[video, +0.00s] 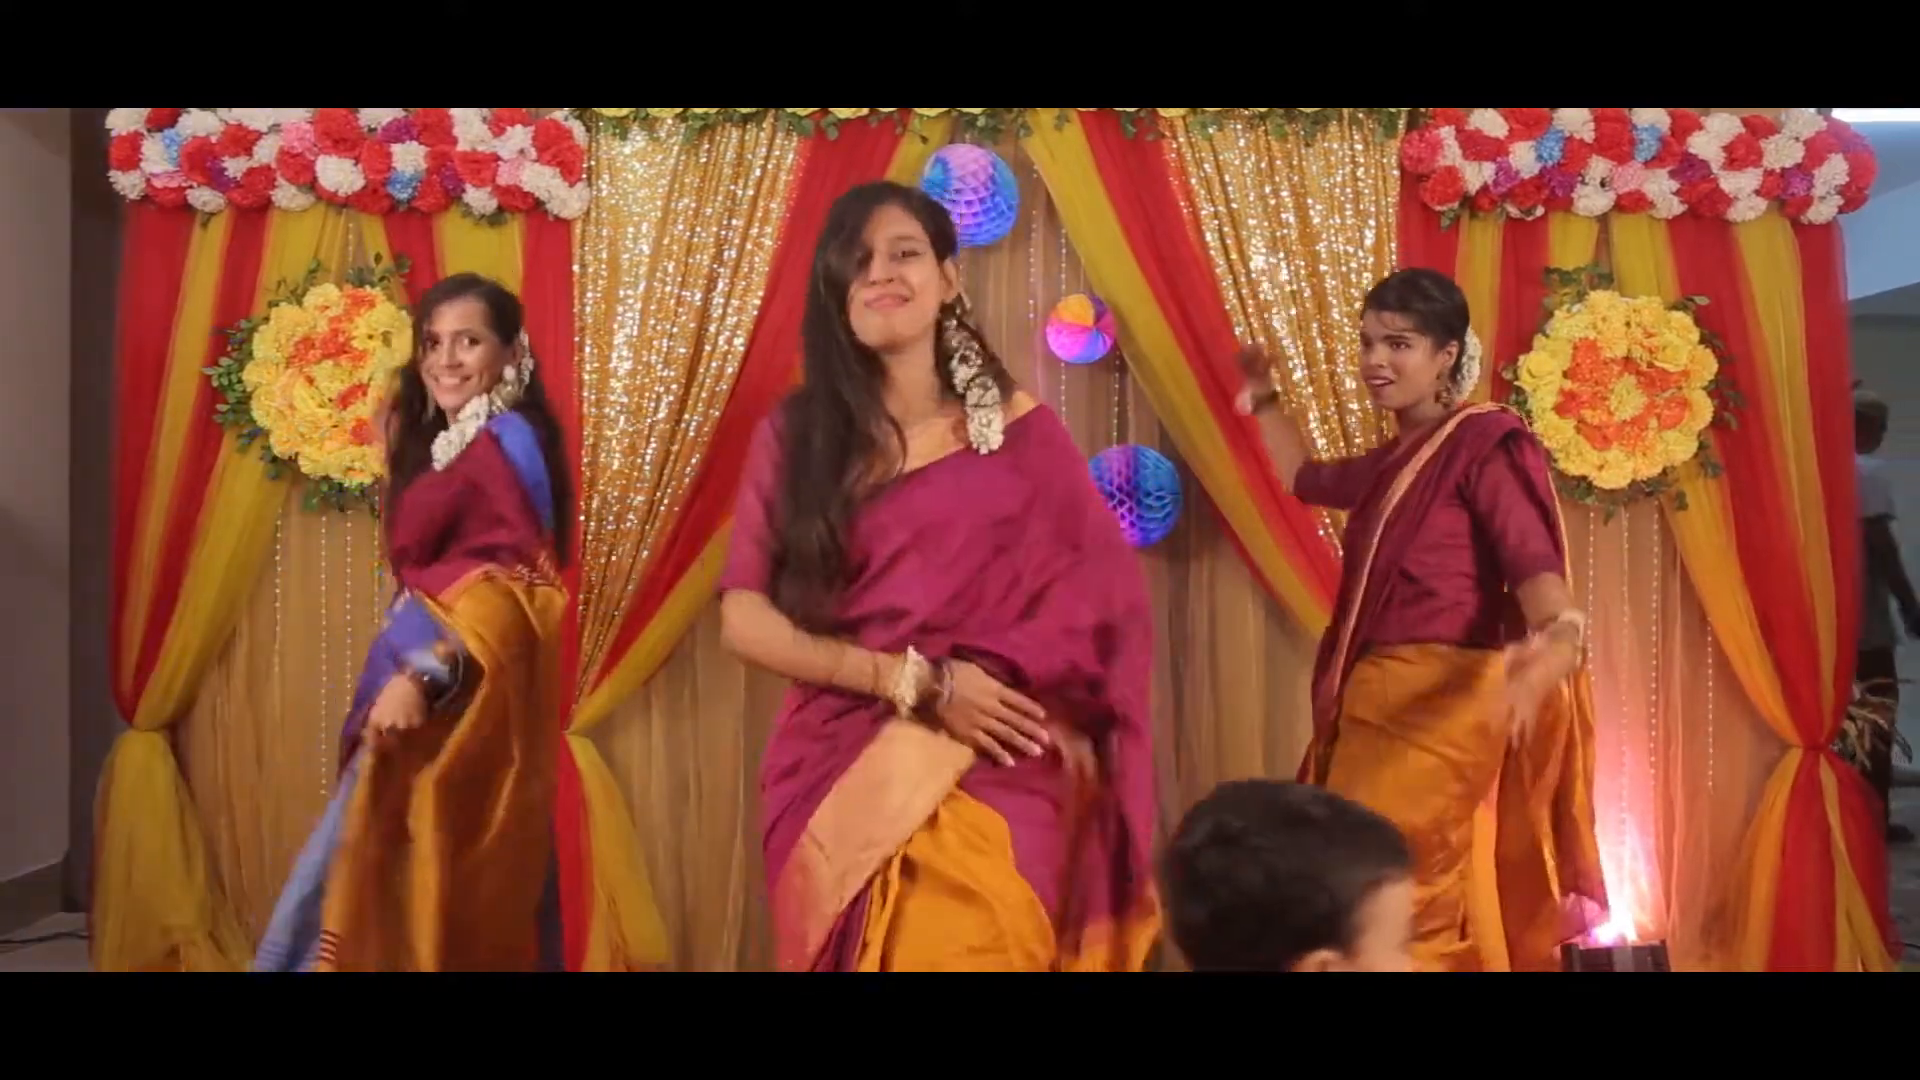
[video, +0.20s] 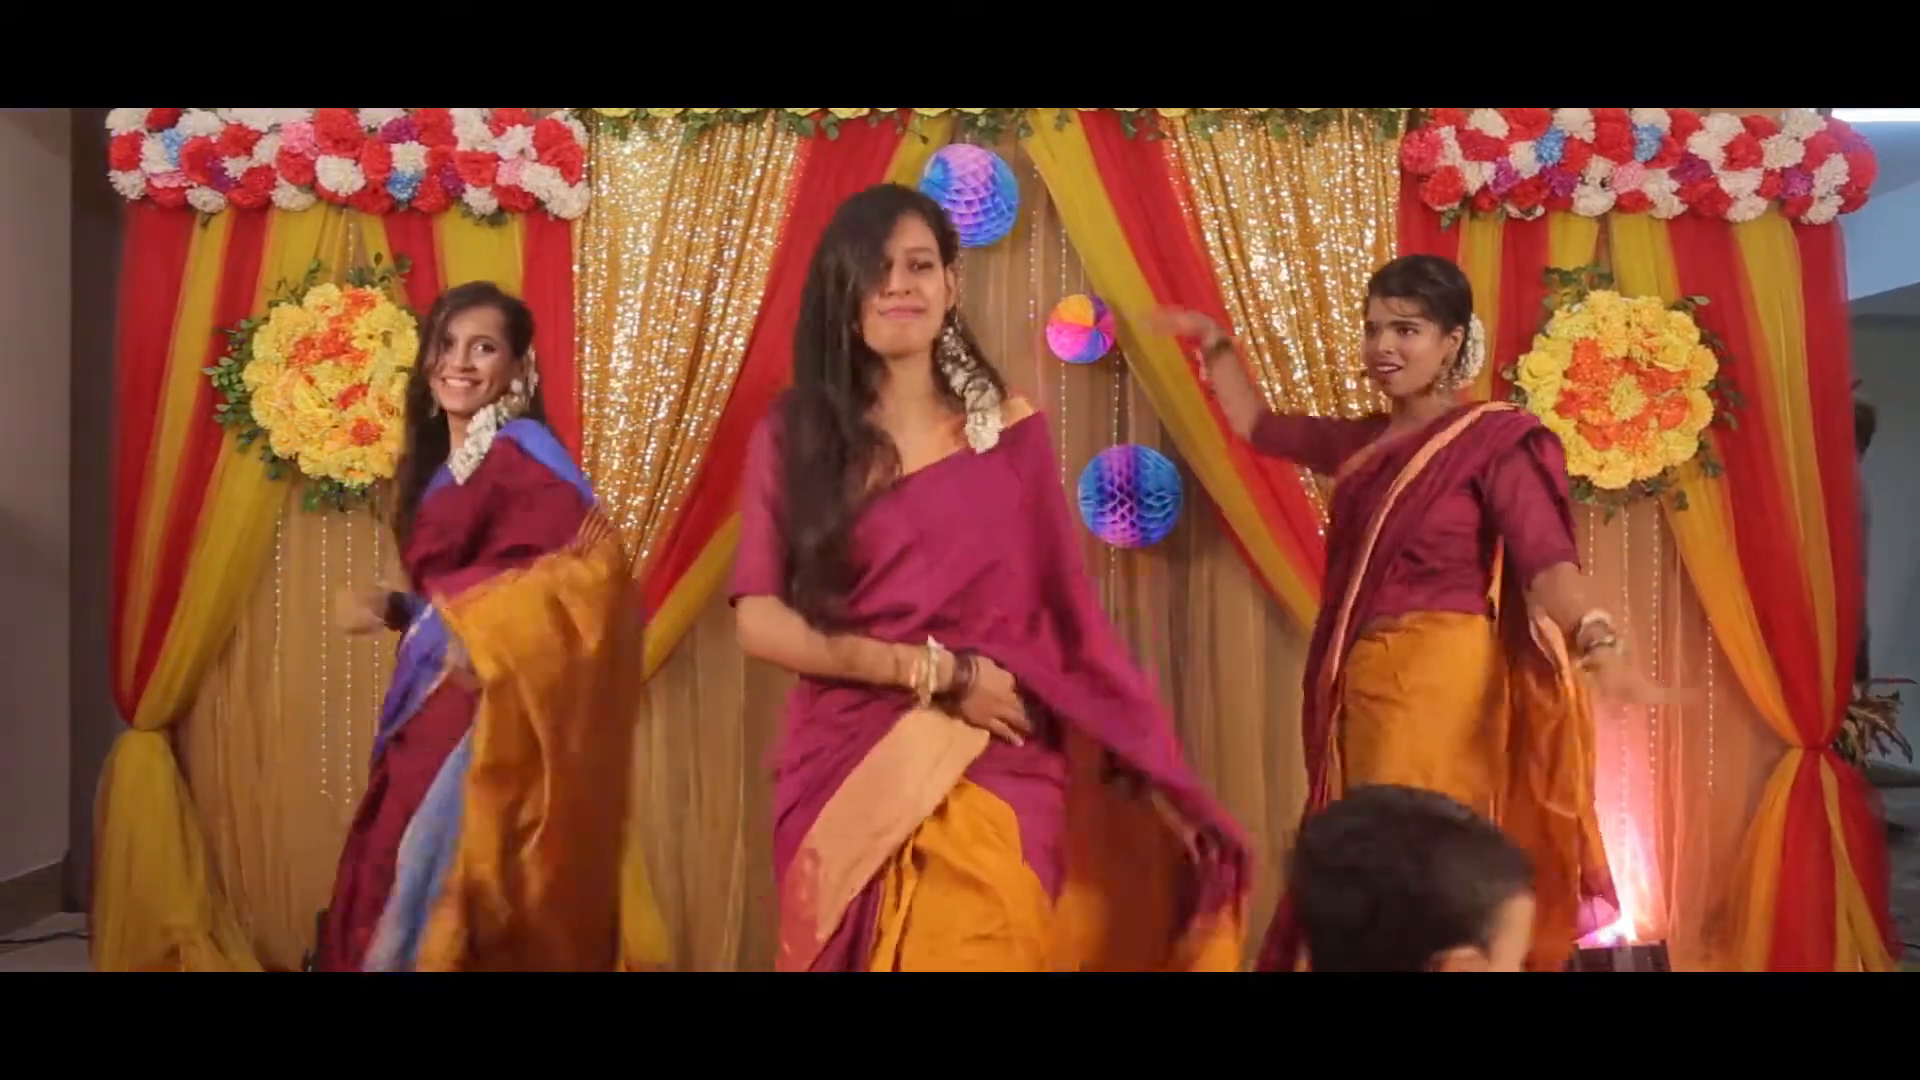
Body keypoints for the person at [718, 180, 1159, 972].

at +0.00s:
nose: (883, 272)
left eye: (907, 252)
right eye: (859, 259)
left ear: (951, 280)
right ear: (836, 295)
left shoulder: (1019, 423)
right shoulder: (796, 433)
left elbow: (1109, 590)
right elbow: (745, 620)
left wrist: (976, 680)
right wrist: (911, 680)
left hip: (1002, 763)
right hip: (842, 762)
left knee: (969, 939)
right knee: (860, 947)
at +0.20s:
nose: (899, 286)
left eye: (921, 265)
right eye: (876, 267)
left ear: (953, 288)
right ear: (838, 291)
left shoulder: (1010, 423)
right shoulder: (794, 436)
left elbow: (1074, 621)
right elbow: (759, 623)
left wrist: (1162, 773)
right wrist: (941, 673)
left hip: (997, 755)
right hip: (844, 755)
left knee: (977, 938)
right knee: (848, 949)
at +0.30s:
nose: (915, 282)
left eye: (936, 260)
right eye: (890, 261)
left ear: (962, 280)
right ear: (846, 280)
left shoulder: (1004, 419)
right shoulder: (794, 420)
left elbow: (1066, 612)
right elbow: (749, 602)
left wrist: (1161, 731)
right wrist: (933, 652)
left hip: (1011, 734)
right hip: (860, 736)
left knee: (1003, 941)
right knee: (876, 950)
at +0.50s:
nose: (937, 326)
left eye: (953, 302)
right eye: (913, 306)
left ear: (975, 305)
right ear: (867, 313)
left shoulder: (1016, 442)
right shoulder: (808, 449)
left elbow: (1061, 607)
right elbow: (775, 636)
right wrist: (966, 688)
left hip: (1001, 783)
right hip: (855, 793)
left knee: (1006, 953)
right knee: (863, 960)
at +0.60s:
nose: (944, 339)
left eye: (961, 314)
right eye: (922, 316)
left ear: (982, 314)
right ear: (874, 318)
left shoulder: (1021, 445)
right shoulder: (815, 448)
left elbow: (1097, 617)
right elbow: (781, 628)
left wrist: (1135, 467)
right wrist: (971, 680)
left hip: (1007, 775)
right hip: (860, 783)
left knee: (1018, 954)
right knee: (862, 961)